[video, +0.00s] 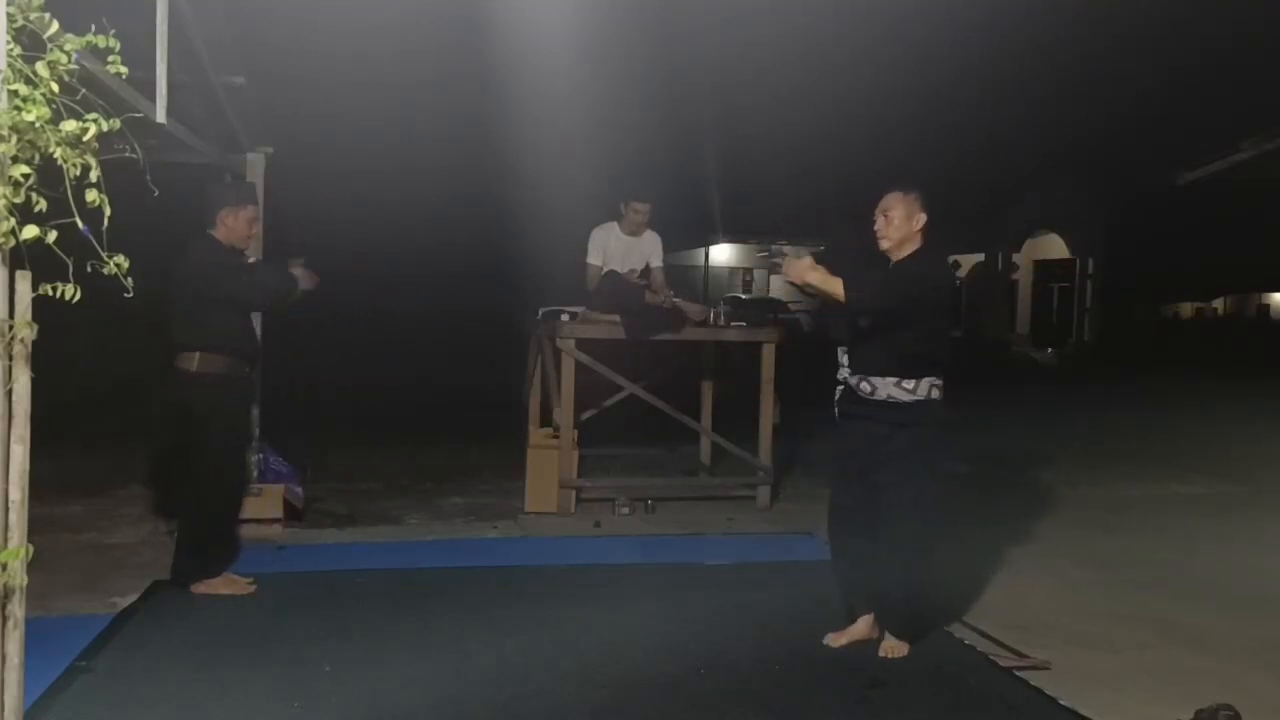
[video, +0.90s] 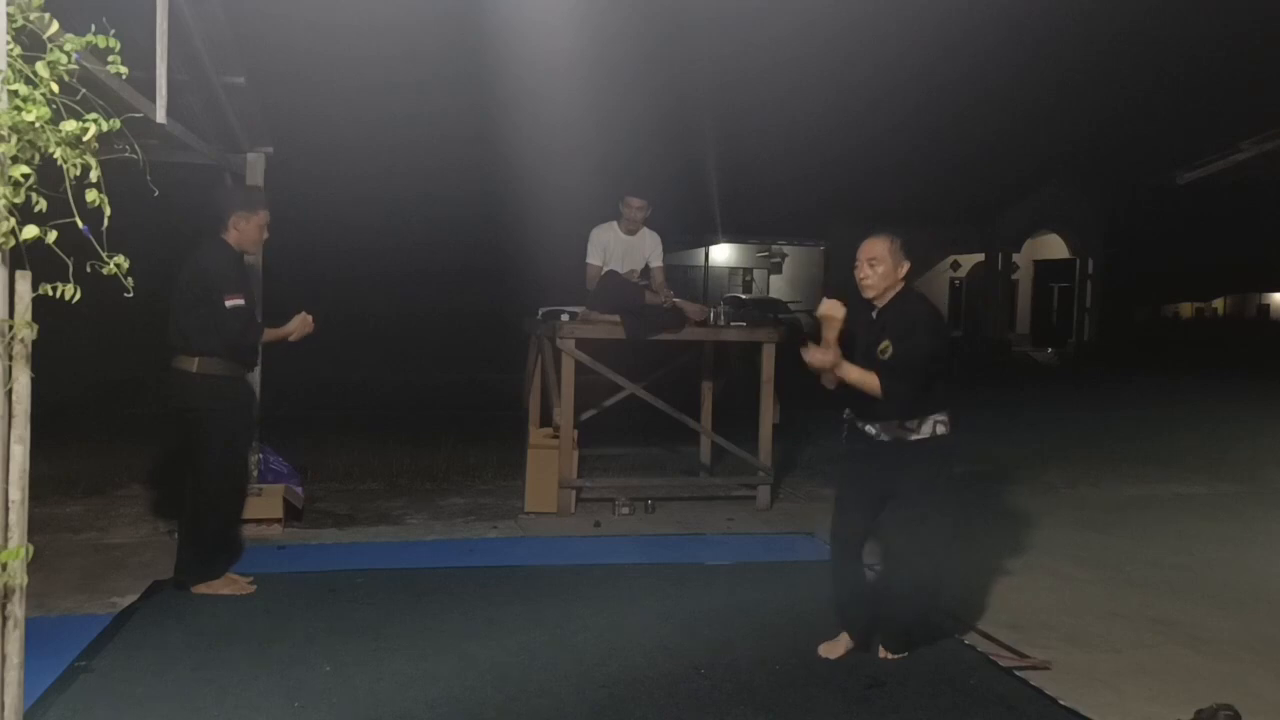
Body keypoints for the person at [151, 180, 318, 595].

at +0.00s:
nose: (254, 228)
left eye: (255, 220)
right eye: (249, 219)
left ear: (229, 221)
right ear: (225, 218)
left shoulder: (211, 257)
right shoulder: (209, 260)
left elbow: (245, 284)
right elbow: (254, 290)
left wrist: (281, 273)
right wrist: (291, 279)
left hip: (215, 380)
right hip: (211, 383)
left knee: (217, 471)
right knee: (216, 473)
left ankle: (206, 566)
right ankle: (203, 572)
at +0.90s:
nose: (266, 235)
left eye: (266, 227)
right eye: (262, 226)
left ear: (238, 225)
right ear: (236, 223)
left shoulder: (217, 258)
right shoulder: (221, 263)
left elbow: (230, 329)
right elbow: (239, 333)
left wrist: (272, 331)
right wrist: (285, 332)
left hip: (207, 380)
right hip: (210, 384)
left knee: (216, 475)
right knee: (215, 477)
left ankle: (209, 568)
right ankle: (202, 574)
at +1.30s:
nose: (281, 277)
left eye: (282, 268)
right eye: (279, 267)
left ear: (255, 260)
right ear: (257, 259)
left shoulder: (221, 286)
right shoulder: (234, 293)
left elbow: (240, 363)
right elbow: (246, 361)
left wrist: (291, 369)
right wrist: (297, 349)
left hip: (181, 401)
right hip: (196, 405)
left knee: (212, 477)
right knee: (258, 469)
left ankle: (201, 565)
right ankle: (229, 569)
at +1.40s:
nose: (281, 280)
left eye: (282, 271)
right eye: (277, 270)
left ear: (253, 268)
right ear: (253, 266)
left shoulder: (229, 297)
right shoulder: (234, 303)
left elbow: (248, 375)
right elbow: (280, 358)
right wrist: (324, 323)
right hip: (197, 411)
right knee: (254, 468)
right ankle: (213, 562)